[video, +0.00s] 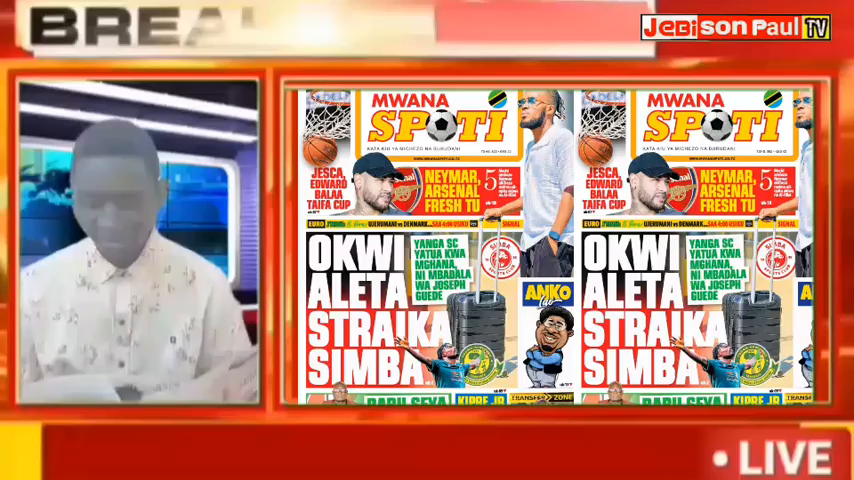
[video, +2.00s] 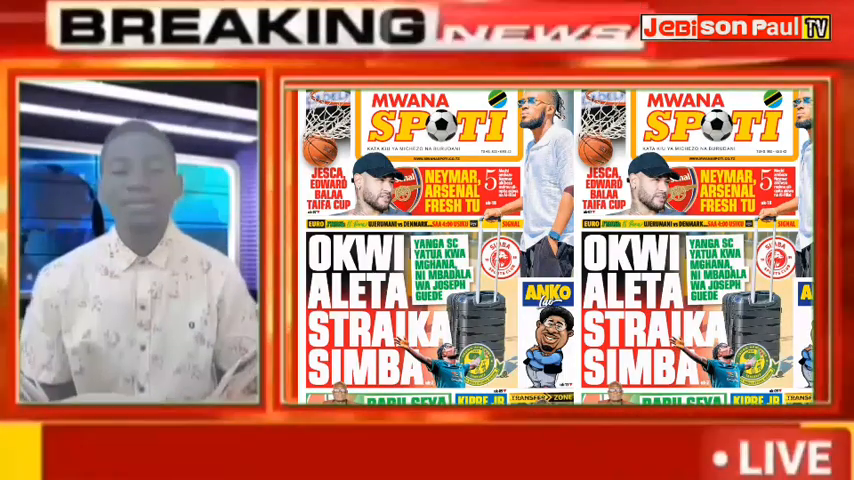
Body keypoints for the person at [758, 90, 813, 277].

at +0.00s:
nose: (799, 107)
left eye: (807, 101)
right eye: (797, 103)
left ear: (820, 107)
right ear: (794, 110)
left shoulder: (827, 147)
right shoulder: (806, 149)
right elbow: (804, 197)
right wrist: (776, 211)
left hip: (820, 239)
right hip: (804, 239)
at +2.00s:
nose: (799, 107)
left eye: (806, 101)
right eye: (797, 103)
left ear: (820, 107)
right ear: (794, 109)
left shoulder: (826, 148)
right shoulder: (806, 149)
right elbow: (805, 196)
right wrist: (777, 211)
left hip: (819, 240)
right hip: (804, 239)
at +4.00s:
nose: (799, 107)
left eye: (806, 101)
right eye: (797, 103)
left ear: (820, 107)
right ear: (794, 110)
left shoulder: (827, 147)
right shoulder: (806, 149)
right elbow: (804, 196)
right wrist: (777, 211)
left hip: (820, 240)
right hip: (803, 239)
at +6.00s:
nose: (799, 107)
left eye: (807, 101)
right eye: (797, 102)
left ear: (820, 107)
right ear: (794, 109)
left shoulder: (827, 148)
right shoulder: (806, 149)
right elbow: (805, 197)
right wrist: (777, 211)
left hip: (821, 240)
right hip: (804, 239)